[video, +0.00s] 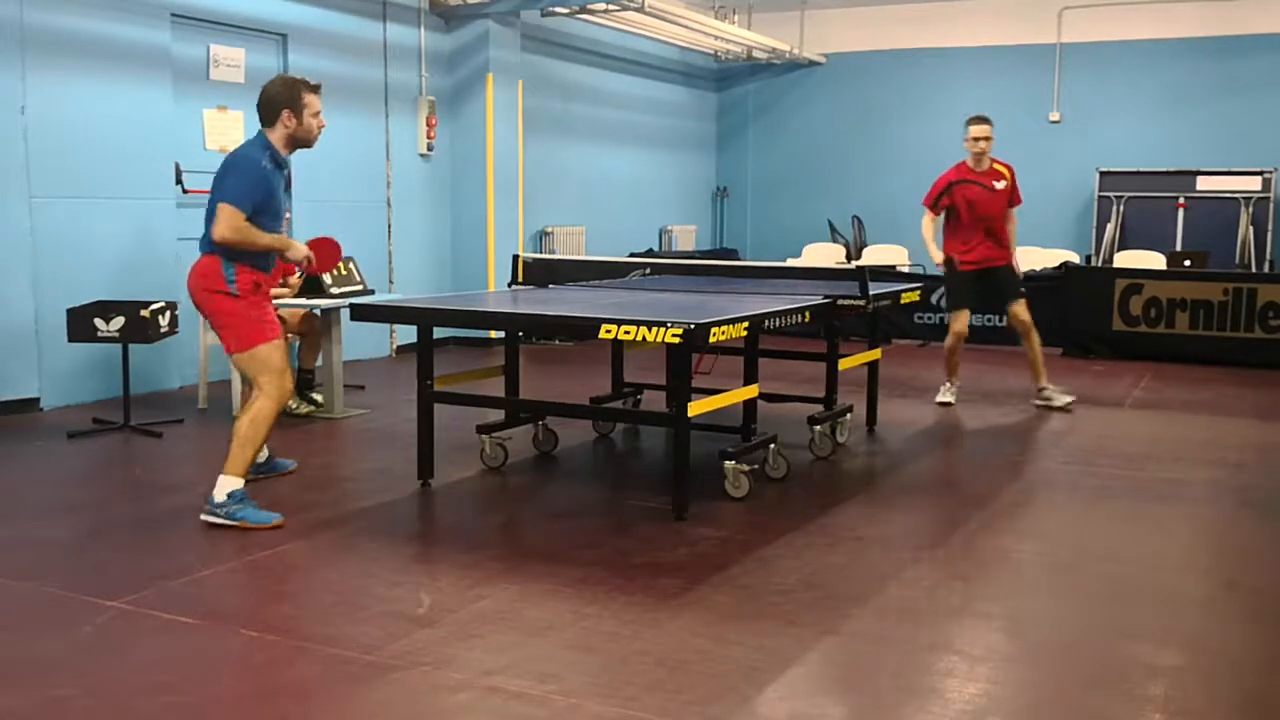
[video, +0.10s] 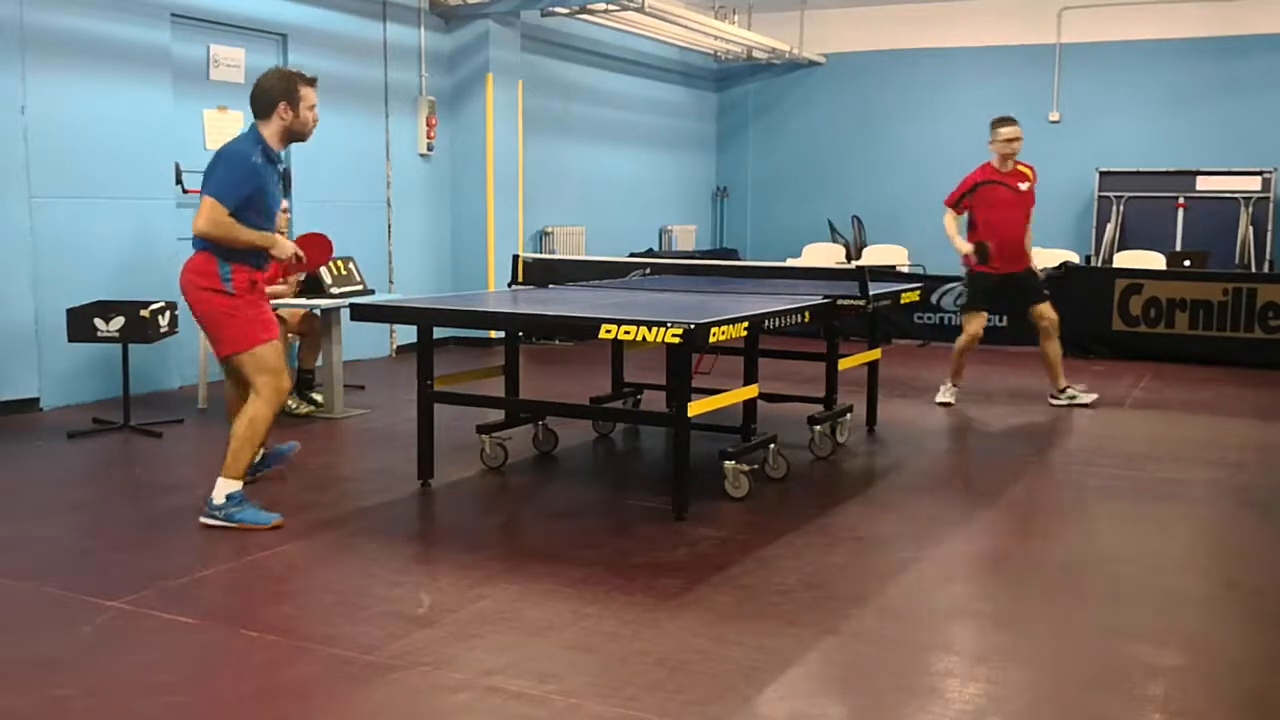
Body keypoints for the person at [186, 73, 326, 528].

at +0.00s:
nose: (322, 123)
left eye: (320, 114)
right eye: (315, 115)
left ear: (287, 118)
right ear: (288, 118)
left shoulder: (276, 163)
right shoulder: (249, 162)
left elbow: (259, 228)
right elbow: (225, 230)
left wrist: (281, 263)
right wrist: (285, 243)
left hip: (246, 278)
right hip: (223, 279)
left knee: (273, 366)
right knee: (276, 386)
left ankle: (252, 456)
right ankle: (225, 495)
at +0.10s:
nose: (316, 117)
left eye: (315, 108)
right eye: (310, 108)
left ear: (282, 111)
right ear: (284, 111)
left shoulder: (271, 160)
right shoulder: (240, 156)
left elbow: (256, 225)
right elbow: (207, 224)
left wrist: (281, 257)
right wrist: (270, 240)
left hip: (240, 278)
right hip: (216, 280)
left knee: (242, 376)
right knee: (274, 384)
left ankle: (251, 454)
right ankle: (223, 497)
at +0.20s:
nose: (306, 102)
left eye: (305, 92)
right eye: (301, 93)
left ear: (272, 97)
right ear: (276, 96)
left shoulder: (260, 146)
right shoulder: (235, 143)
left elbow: (235, 213)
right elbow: (204, 214)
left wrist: (272, 231)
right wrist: (268, 233)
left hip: (229, 269)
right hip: (210, 270)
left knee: (236, 376)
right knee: (264, 381)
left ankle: (228, 459)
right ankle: (224, 495)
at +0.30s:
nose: (296, 87)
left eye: (294, 78)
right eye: (289, 79)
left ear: (258, 84)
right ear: (266, 84)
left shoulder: (237, 128)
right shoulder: (234, 134)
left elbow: (220, 206)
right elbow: (208, 207)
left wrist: (270, 222)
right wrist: (268, 225)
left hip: (201, 259)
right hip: (208, 262)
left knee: (217, 375)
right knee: (249, 379)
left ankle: (188, 475)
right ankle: (224, 498)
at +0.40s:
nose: (279, 79)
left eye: (277, 70)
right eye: (273, 70)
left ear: (238, 77)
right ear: (251, 76)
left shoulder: (210, 120)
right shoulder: (224, 128)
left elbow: (206, 205)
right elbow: (209, 206)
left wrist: (266, 216)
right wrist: (272, 216)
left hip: (183, 257)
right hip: (206, 261)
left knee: (202, 376)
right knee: (238, 380)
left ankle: (149, 476)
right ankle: (221, 499)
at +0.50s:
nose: (259, 73)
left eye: (256, 64)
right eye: (253, 65)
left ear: (215, 73)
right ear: (231, 72)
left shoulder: (186, 118)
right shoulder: (210, 125)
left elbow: (201, 202)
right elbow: (206, 205)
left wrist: (257, 211)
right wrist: (264, 210)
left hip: (166, 256)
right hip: (200, 261)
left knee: (180, 376)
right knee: (231, 380)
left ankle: (113, 479)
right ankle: (221, 499)